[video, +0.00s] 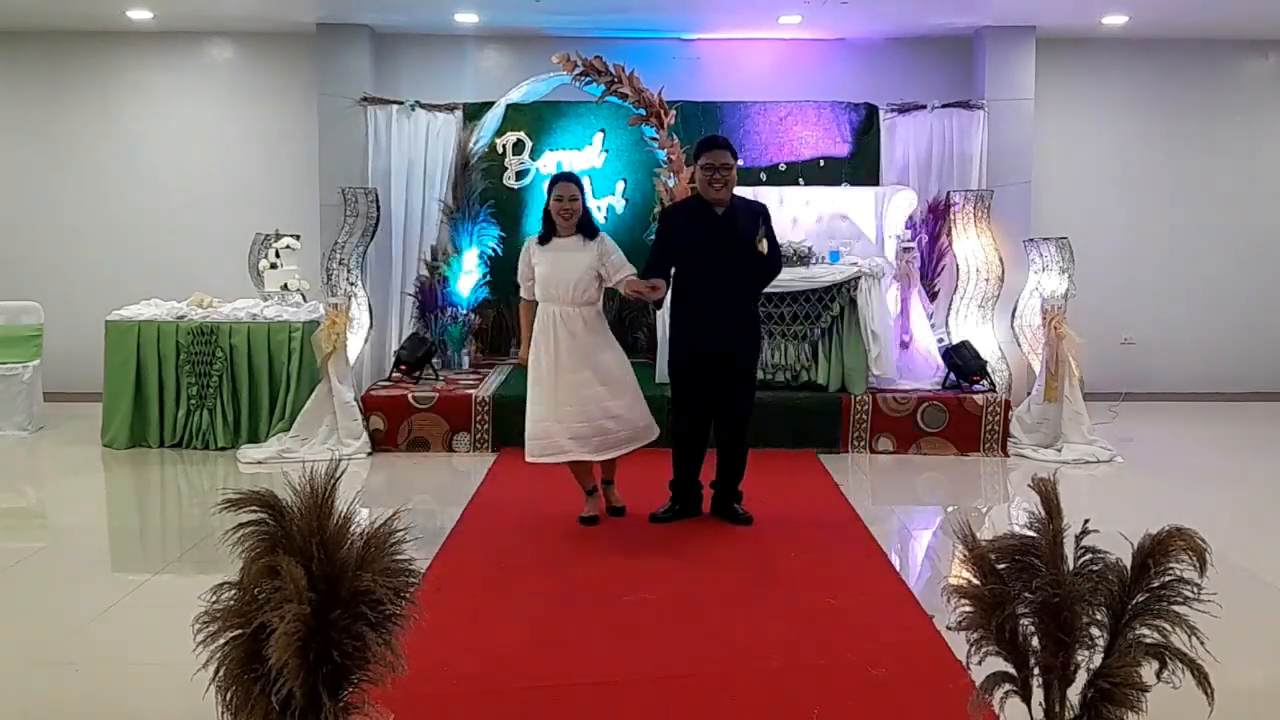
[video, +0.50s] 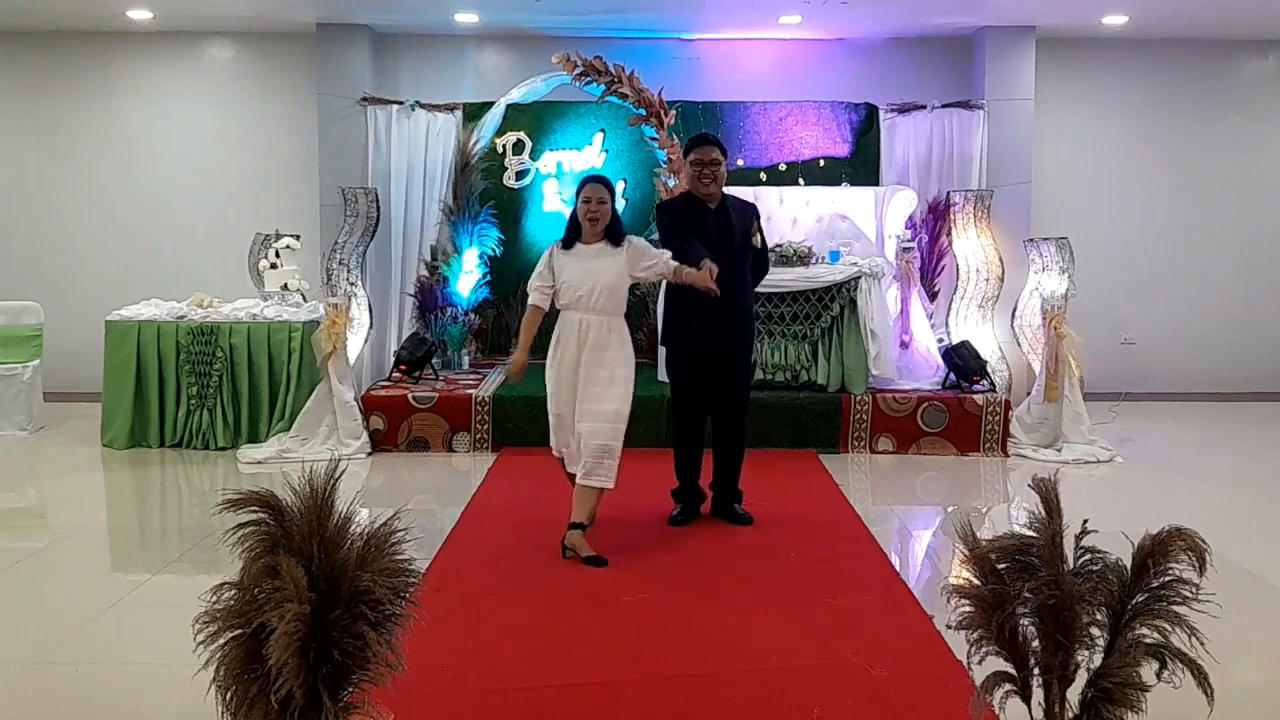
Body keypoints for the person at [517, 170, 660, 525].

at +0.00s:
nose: (566, 206)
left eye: (573, 200)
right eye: (559, 199)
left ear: (583, 204)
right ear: (549, 204)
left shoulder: (599, 244)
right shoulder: (534, 248)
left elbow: (625, 276)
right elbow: (527, 300)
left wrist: (636, 287)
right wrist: (526, 344)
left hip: (592, 338)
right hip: (551, 342)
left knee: (608, 413)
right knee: (562, 420)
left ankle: (609, 485)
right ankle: (590, 494)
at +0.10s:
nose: (569, 206)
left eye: (577, 200)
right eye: (563, 200)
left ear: (588, 205)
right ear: (554, 205)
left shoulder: (604, 245)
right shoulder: (538, 247)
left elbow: (634, 268)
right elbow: (533, 301)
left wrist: (652, 284)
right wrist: (528, 346)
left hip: (593, 340)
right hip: (553, 341)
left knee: (604, 413)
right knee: (566, 420)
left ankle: (614, 472)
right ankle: (592, 494)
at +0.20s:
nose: (574, 208)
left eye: (582, 202)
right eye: (567, 201)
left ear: (593, 208)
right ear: (558, 206)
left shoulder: (606, 244)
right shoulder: (544, 249)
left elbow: (632, 262)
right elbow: (534, 301)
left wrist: (665, 271)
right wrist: (519, 346)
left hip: (598, 342)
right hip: (556, 343)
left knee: (595, 412)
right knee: (563, 421)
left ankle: (597, 487)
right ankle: (590, 495)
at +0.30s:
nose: (578, 217)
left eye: (586, 211)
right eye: (572, 209)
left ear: (597, 217)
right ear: (563, 214)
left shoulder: (610, 254)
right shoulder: (547, 261)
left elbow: (643, 261)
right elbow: (530, 311)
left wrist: (679, 258)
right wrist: (508, 357)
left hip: (602, 352)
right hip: (558, 351)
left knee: (599, 427)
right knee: (563, 436)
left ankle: (578, 511)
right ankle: (590, 493)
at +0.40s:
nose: (584, 219)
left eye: (592, 213)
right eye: (578, 211)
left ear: (603, 218)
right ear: (568, 215)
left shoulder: (618, 255)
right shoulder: (552, 262)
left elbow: (656, 260)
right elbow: (529, 312)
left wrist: (689, 259)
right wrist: (505, 356)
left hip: (609, 358)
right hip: (565, 357)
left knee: (599, 436)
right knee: (572, 435)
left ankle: (576, 527)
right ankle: (591, 498)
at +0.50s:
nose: (593, 209)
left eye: (601, 202)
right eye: (586, 201)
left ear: (612, 208)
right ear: (576, 207)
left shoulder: (629, 249)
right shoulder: (557, 254)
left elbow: (669, 266)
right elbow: (537, 305)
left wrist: (695, 276)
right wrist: (521, 352)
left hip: (611, 350)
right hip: (569, 348)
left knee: (600, 437)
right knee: (566, 435)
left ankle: (576, 532)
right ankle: (585, 504)